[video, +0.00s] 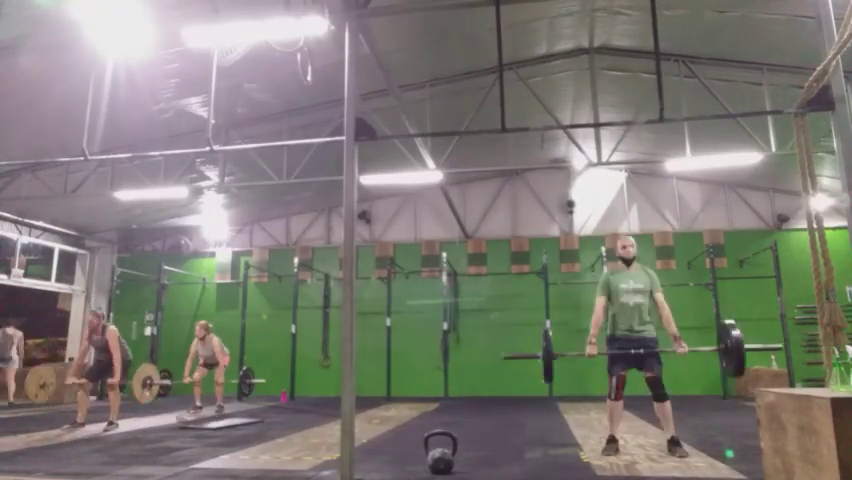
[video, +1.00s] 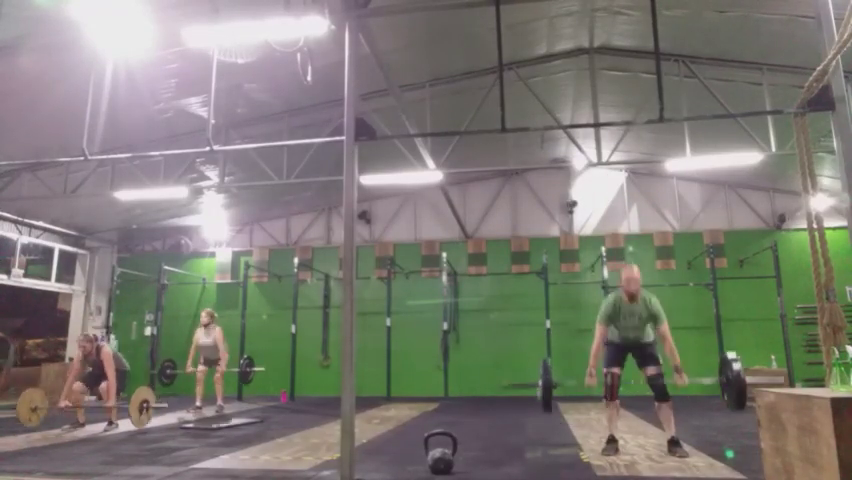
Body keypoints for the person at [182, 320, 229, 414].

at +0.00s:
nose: (197, 332)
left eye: (199, 330)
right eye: (196, 330)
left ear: (205, 331)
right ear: (195, 331)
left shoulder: (214, 340)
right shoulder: (196, 342)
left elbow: (219, 355)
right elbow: (190, 358)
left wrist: (221, 374)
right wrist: (186, 375)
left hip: (218, 360)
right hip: (205, 361)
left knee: (219, 381)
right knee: (196, 378)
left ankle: (219, 403)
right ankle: (198, 404)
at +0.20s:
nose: (206, 312)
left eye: (209, 310)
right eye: (205, 310)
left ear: (214, 311)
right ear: (204, 311)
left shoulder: (220, 324)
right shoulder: (202, 325)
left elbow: (228, 339)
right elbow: (194, 340)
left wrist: (225, 353)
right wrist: (191, 353)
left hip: (217, 354)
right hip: (203, 355)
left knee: (216, 379)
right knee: (202, 378)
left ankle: (219, 402)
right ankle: (199, 402)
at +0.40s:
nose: (201, 331)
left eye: (203, 328)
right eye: (200, 328)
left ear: (209, 329)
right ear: (198, 329)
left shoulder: (217, 338)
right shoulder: (198, 340)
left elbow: (222, 355)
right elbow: (193, 357)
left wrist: (222, 373)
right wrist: (188, 373)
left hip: (219, 359)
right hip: (206, 360)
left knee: (219, 379)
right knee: (198, 377)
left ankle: (219, 403)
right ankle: (198, 404)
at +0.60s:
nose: (198, 343)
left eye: (200, 341)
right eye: (196, 341)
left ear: (206, 341)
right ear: (195, 341)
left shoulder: (215, 349)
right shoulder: (196, 350)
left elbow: (219, 368)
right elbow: (191, 367)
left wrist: (220, 387)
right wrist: (186, 385)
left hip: (218, 365)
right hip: (204, 367)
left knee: (216, 381)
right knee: (195, 379)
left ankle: (219, 403)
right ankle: (197, 403)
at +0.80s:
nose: (206, 312)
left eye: (208, 310)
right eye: (205, 310)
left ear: (214, 312)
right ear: (203, 312)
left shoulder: (219, 323)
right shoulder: (201, 325)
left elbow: (224, 339)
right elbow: (195, 341)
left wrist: (224, 355)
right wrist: (191, 357)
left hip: (217, 354)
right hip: (204, 354)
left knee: (217, 379)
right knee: (202, 379)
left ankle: (219, 403)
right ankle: (198, 403)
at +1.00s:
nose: (202, 319)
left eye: (204, 317)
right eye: (201, 317)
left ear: (211, 319)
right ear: (200, 318)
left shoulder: (217, 330)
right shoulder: (198, 331)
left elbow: (221, 347)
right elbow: (193, 347)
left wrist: (223, 363)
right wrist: (189, 363)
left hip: (217, 357)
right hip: (204, 357)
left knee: (218, 378)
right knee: (199, 376)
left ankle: (219, 403)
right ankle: (198, 403)